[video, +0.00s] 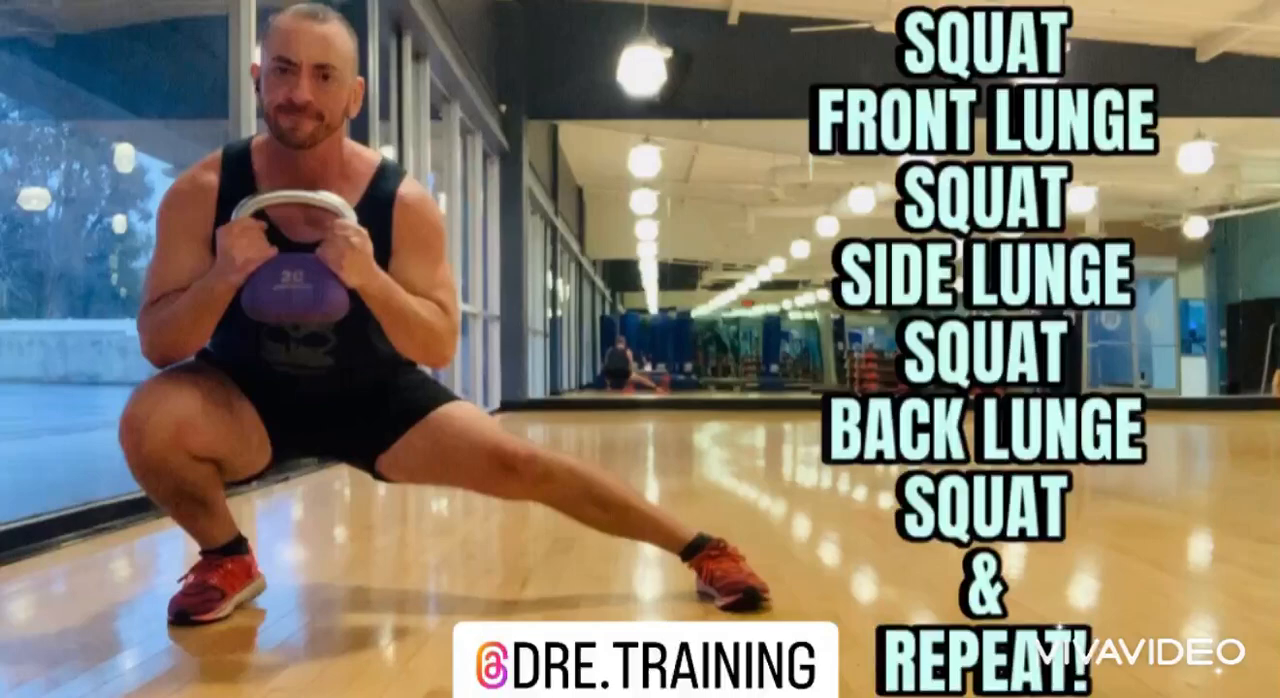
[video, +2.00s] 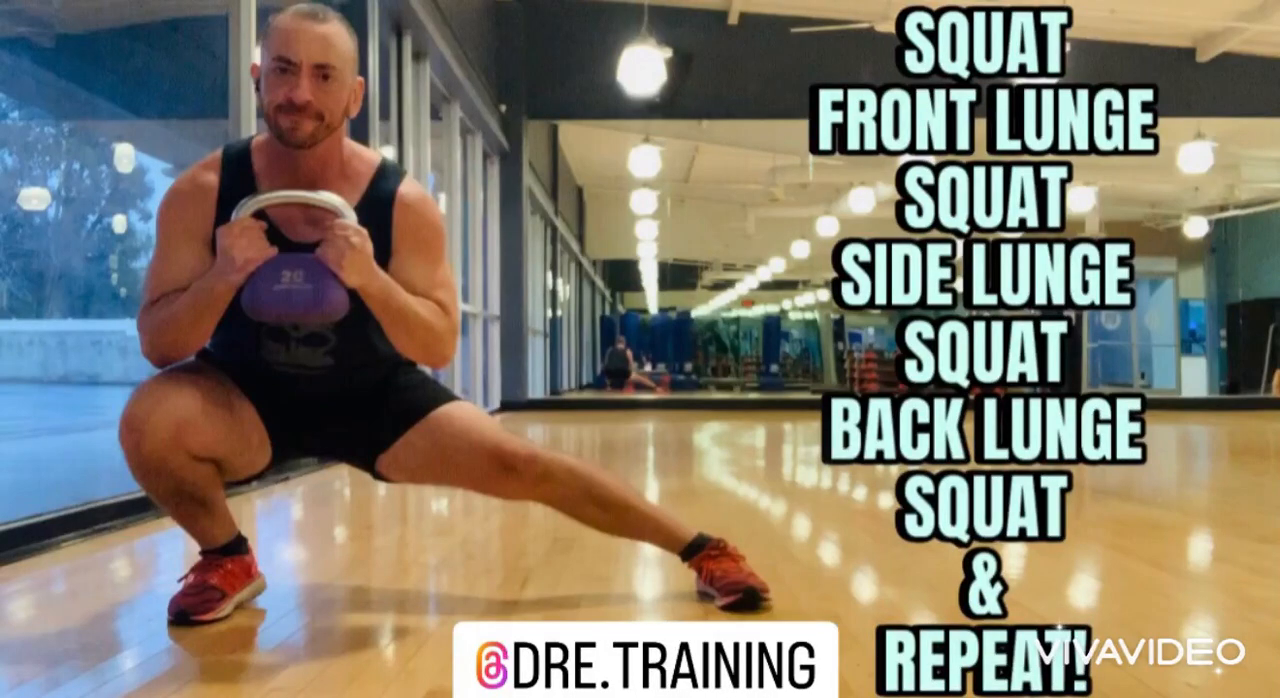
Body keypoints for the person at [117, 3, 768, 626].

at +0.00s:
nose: (297, 92)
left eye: (321, 75)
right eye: (281, 70)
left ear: (355, 92)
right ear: (257, 78)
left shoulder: (405, 205)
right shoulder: (201, 193)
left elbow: (437, 346)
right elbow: (161, 344)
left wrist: (368, 278)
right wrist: (221, 277)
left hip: (378, 398)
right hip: (254, 397)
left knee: (517, 464)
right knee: (148, 422)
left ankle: (695, 547)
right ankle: (225, 555)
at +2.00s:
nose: (298, 91)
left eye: (321, 74)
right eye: (282, 69)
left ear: (354, 91)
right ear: (257, 78)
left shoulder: (405, 205)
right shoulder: (201, 193)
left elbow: (437, 346)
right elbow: (161, 343)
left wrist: (367, 276)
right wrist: (222, 277)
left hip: (378, 398)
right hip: (253, 396)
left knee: (518, 464)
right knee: (148, 423)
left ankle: (696, 548)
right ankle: (225, 555)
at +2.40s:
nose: (299, 90)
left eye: (322, 73)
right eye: (282, 69)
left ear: (354, 90)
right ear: (257, 79)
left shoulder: (407, 209)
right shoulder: (200, 194)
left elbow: (437, 346)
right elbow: (161, 344)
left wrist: (365, 274)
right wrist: (221, 279)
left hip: (378, 399)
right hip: (252, 397)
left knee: (517, 462)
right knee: (149, 422)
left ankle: (696, 548)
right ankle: (226, 557)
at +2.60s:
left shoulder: (685, 11)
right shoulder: (564, 10)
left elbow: (712, 54)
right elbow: (529, 39)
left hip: (683, 157)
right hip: (575, 156)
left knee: (697, 351)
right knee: (571, 354)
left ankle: (715, 528)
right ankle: (560, 533)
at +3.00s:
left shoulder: (730, 3)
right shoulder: (552, 2)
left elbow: (748, 103)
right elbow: (537, 111)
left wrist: (695, 12)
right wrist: (578, 15)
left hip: (689, 197)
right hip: (585, 196)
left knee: (720, 352)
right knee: (556, 353)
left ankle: (716, 536)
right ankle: (559, 533)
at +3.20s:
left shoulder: (729, 71)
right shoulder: (556, 70)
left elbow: (744, 201)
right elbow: (532, 206)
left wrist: (696, 106)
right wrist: (579, 113)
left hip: (687, 272)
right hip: (585, 271)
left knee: (726, 368)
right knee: (546, 374)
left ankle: (716, 536)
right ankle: (559, 536)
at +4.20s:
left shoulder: (763, 1)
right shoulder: (577, 2)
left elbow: (780, 108)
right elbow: (556, 114)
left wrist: (726, 14)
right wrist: (604, 14)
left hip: (709, 205)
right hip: (601, 202)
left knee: (726, 377)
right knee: (566, 366)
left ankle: (715, 537)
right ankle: (562, 528)